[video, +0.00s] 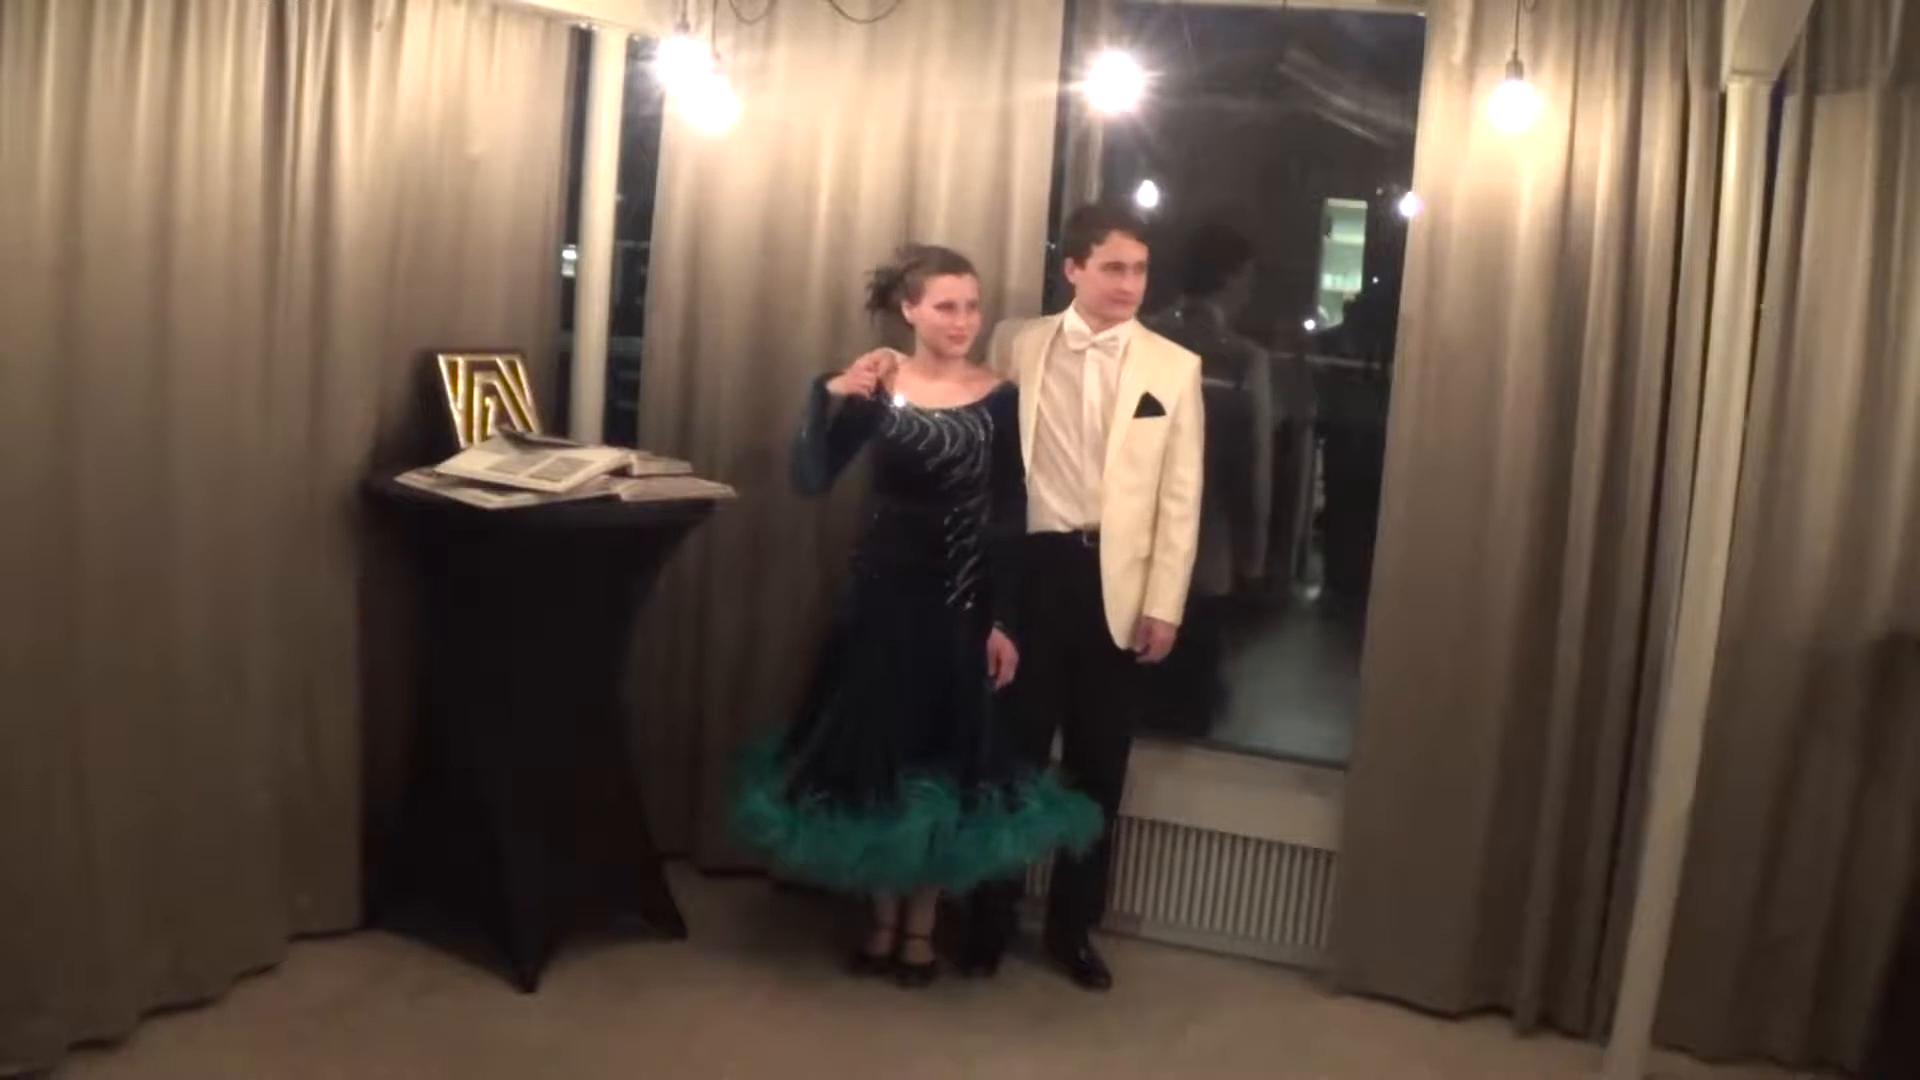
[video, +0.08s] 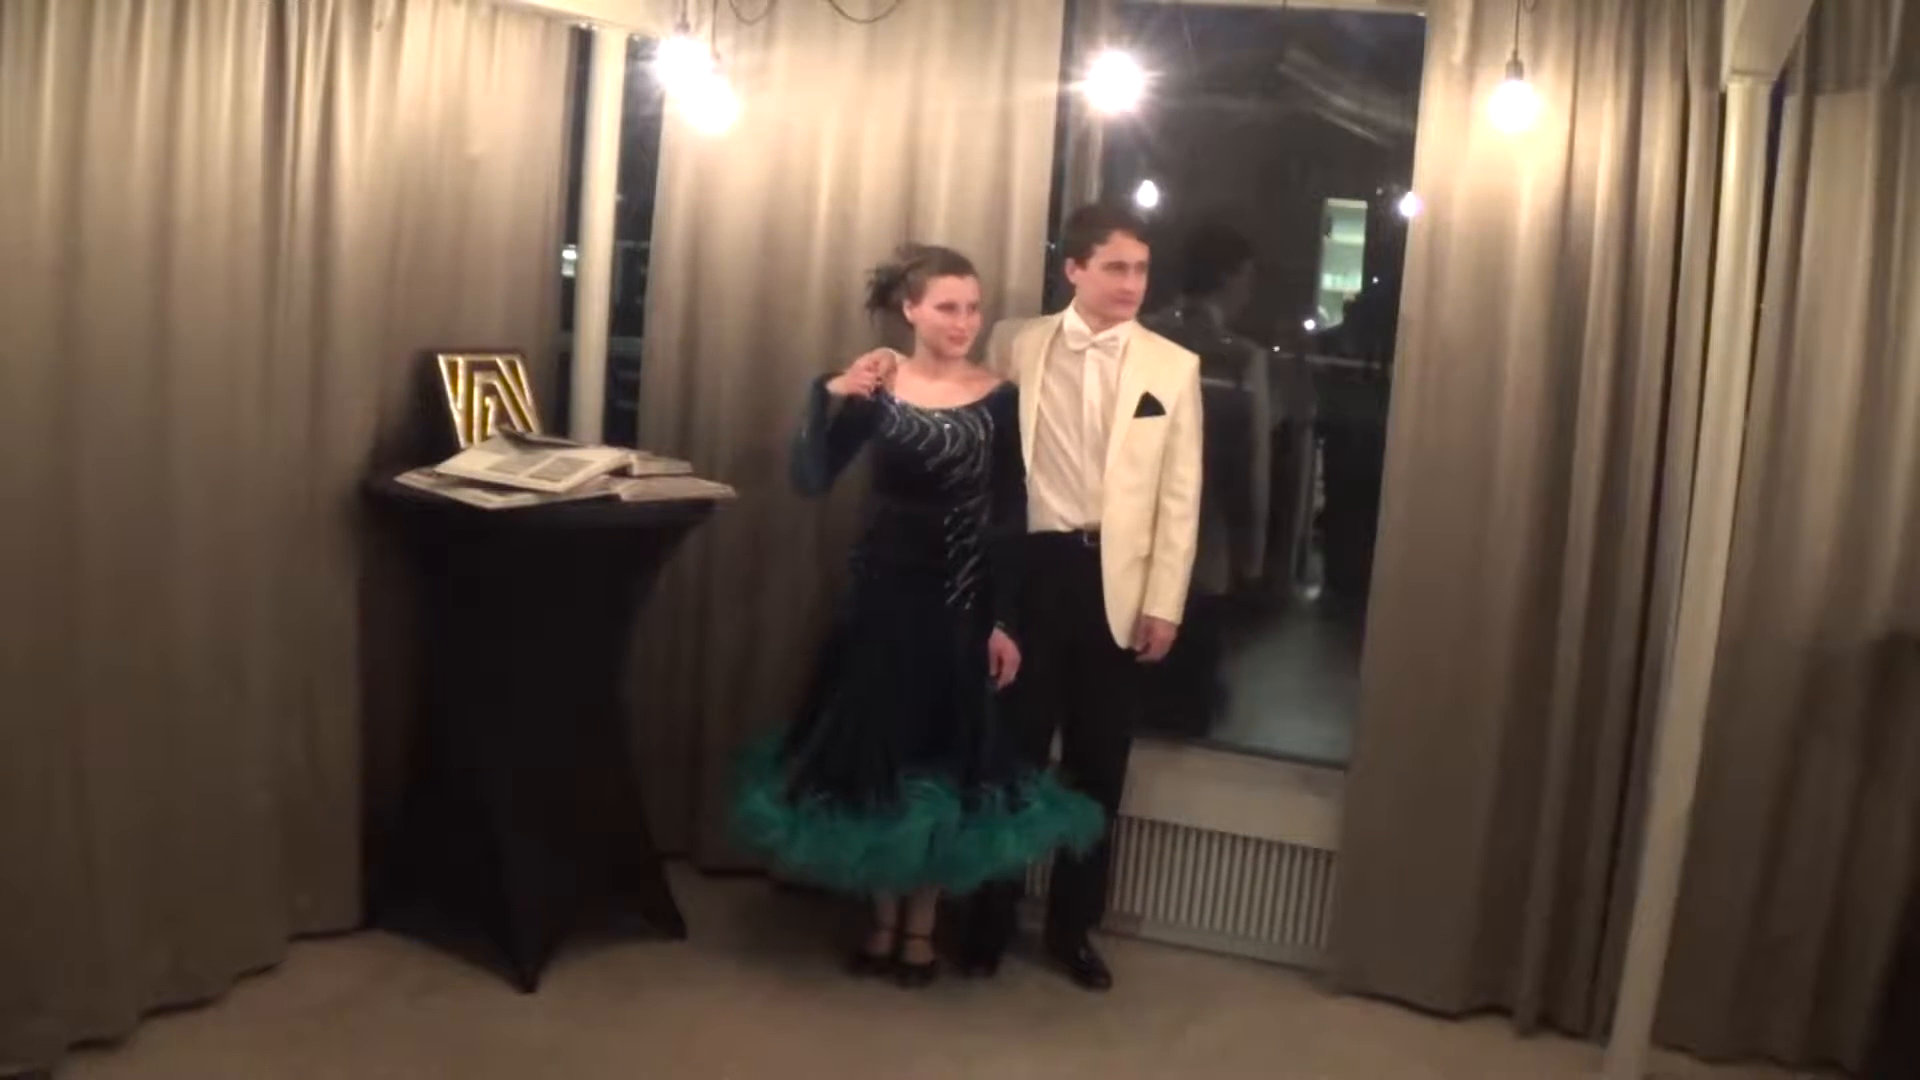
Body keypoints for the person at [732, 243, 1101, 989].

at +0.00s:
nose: (961, 321)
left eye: (971, 307)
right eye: (944, 307)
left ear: (984, 313)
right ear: (906, 312)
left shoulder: (997, 398)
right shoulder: (880, 387)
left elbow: (1008, 515)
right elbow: (812, 477)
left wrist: (1003, 620)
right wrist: (835, 394)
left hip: (962, 599)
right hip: (888, 592)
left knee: (943, 753)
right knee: (883, 748)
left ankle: (923, 914)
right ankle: (881, 910)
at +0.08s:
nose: (961, 322)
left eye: (972, 309)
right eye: (945, 308)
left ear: (984, 315)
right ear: (907, 311)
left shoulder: (997, 398)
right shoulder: (880, 388)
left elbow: (1008, 516)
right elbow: (812, 476)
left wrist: (1004, 620)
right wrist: (835, 394)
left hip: (963, 598)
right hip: (889, 591)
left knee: (944, 751)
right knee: (884, 747)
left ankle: (923, 912)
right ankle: (881, 909)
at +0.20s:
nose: (962, 323)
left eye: (972, 309)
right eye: (946, 308)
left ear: (985, 316)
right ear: (908, 311)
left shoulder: (997, 400)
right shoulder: (879, 387)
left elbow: (1008, 516)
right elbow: (813, 477)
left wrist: (1004, 620)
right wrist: (834, 395)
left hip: (962, 599)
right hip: (887, 592)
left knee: (943, 752)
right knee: (883, 748)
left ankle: (923, 912)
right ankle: (881, 909)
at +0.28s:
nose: (960, 323)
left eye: (971, 310)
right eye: (945, 309)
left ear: (984, 315)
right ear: (907, 312)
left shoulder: (996, 399)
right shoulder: (877, 386)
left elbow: (1007, 516)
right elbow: (812, 480)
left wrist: (1005, 619)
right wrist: (835, 397)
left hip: (961, 600)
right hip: (885, 592)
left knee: (942, 752)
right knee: (882, 748)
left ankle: (924, 909)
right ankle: (882, 907)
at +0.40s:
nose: (961, 323)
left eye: (971, 310)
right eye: (945, 309)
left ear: (983, 315)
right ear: (907, 311)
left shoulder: (994, 397)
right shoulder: (875, 385)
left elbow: (1006, 515)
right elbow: (810, 480)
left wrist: (1005, 619)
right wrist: (834, 397)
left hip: (961, 600)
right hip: (885, 593)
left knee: (942, 754)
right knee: (882, 749)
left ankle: (923, 911)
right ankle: (881, 908)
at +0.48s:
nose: (960, 323)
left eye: (970, 309)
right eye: (945, 309)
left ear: (982, 314)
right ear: (906, 311)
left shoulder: (993, 397)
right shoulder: (874, 386)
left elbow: (1006, 514)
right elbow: (810, 481)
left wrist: (1005, 618)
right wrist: (833, 397)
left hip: (961, 600)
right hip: (885, 594)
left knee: (942, 756)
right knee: (882, 750)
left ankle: (923, 912)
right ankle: (881, 909)